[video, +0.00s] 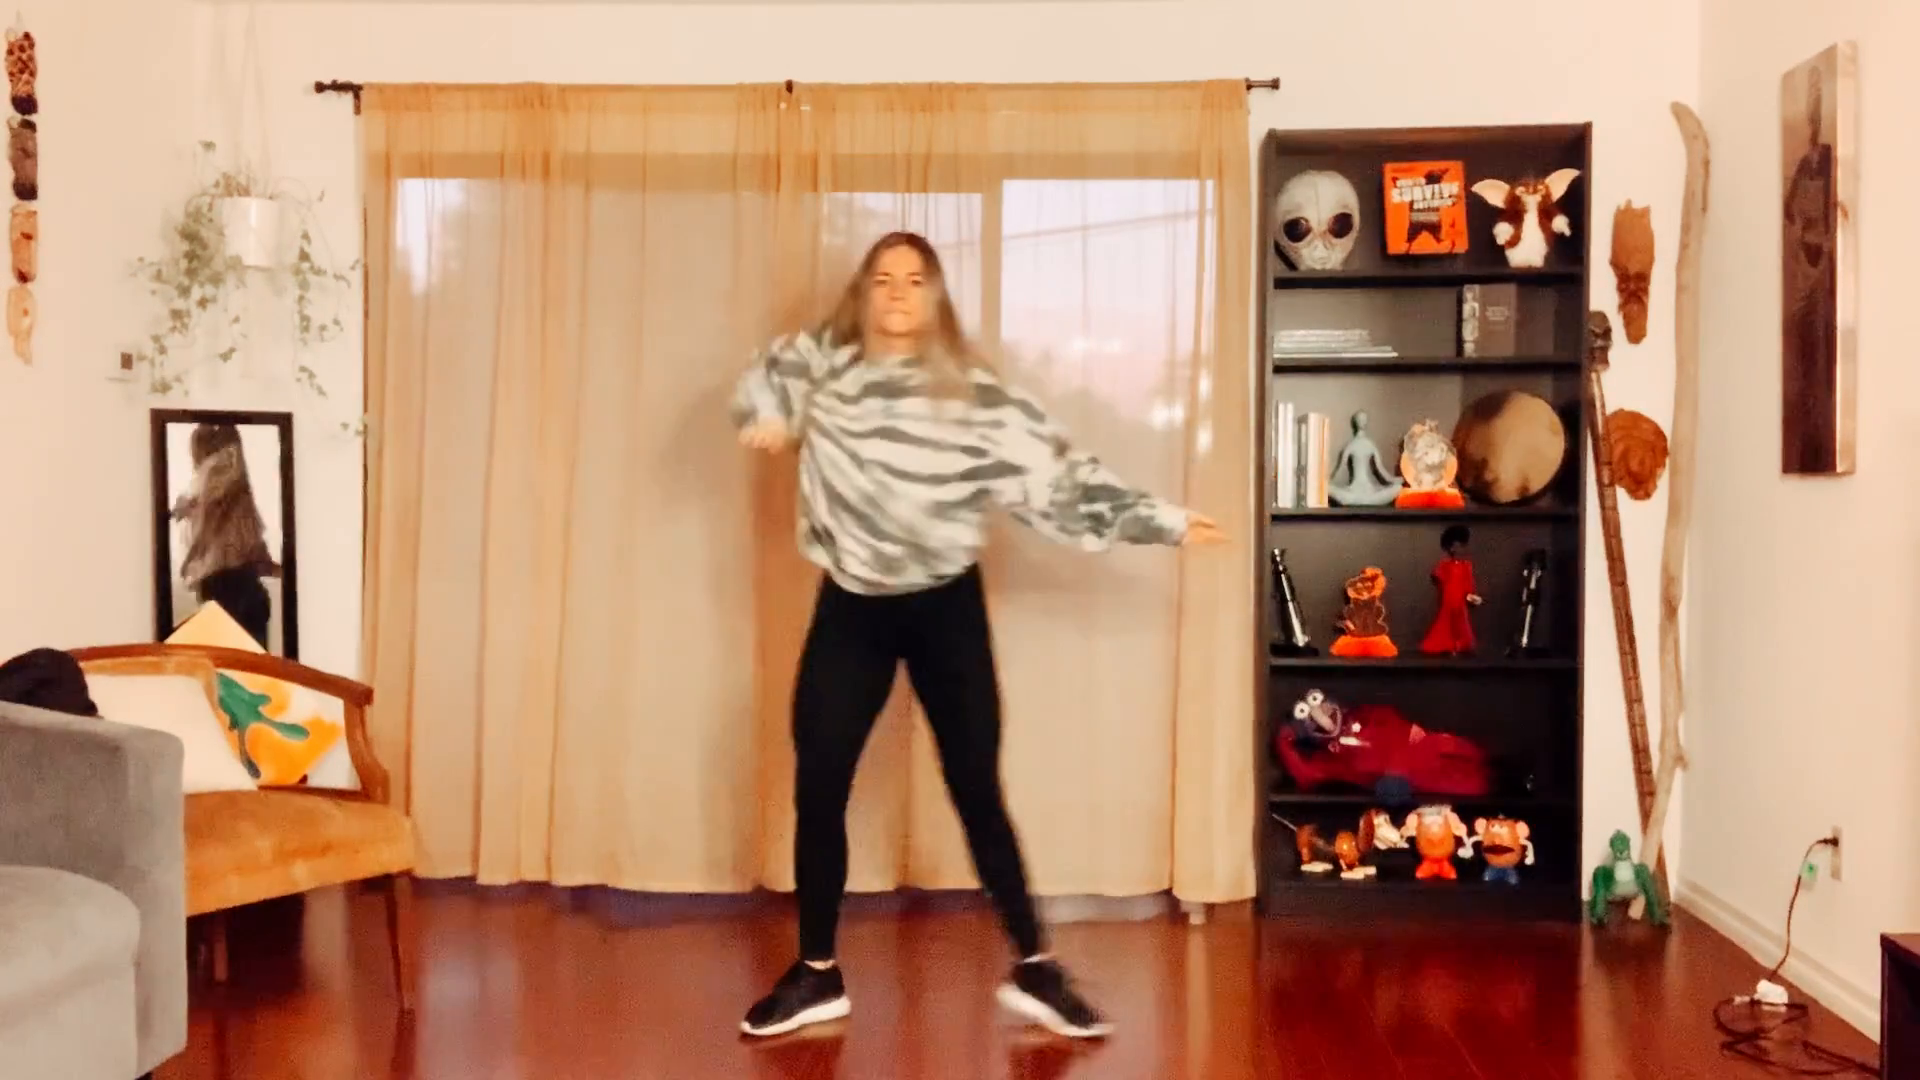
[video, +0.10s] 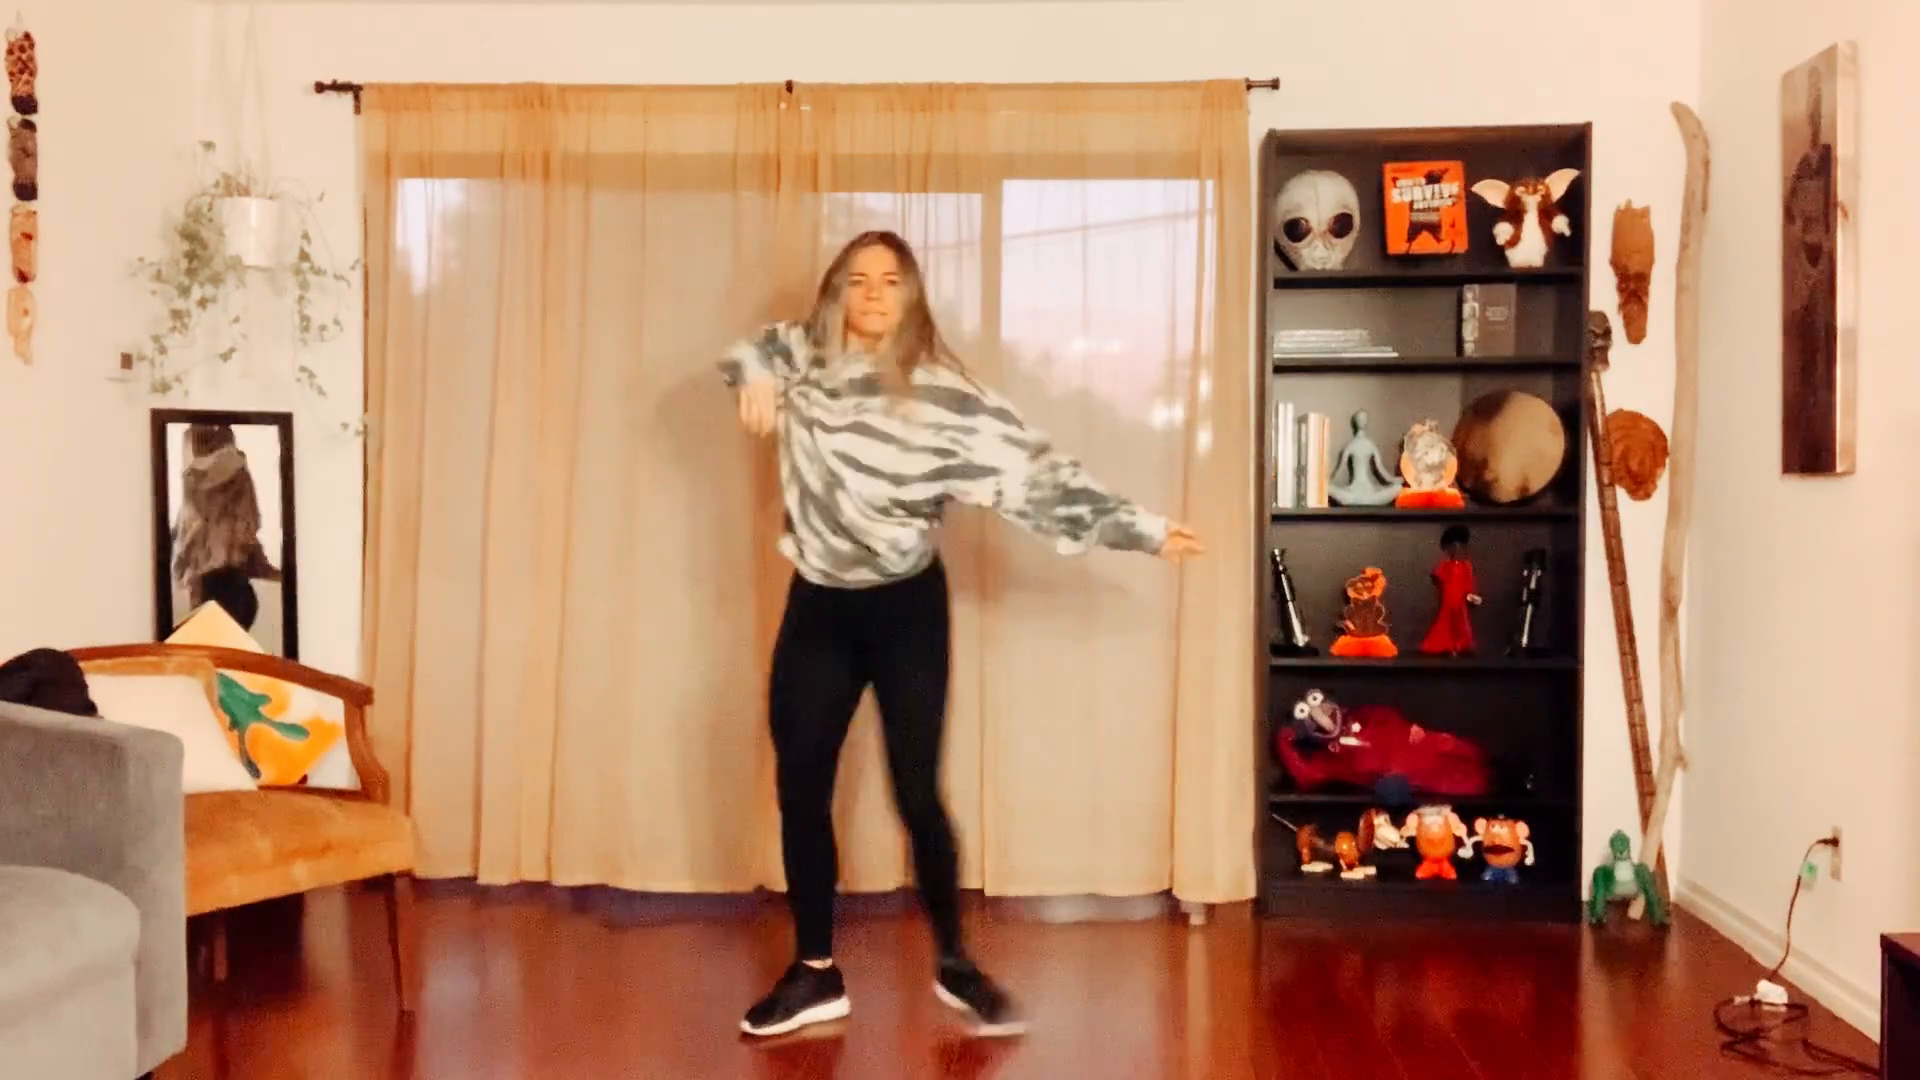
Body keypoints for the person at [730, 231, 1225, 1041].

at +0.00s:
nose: (897, 293)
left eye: (913, 281)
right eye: (883, 281)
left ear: (937, 297)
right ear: (860, 294)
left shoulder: (975, 396)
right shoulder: (821, 360)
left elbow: (1058, 481)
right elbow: (766, 373)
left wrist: (1160, 520)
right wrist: (765, 412)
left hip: (944, 605)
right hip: (848, 604)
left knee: (976, 786)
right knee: (817, 783)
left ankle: (1034, 965)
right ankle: (816, 972)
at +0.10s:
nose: (872, 294)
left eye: (888, 283)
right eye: (859, 281)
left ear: (912, 297)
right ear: (834, 293)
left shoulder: (940, 399)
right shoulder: (803, 353)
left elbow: (1032, 472)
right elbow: (748, 353)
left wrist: (1139, 529)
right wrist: (752, 375)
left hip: (907, 604)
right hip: (818, 603)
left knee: (917, 793)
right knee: (800, 786)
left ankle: (954, 964)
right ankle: (814, 971)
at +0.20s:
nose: (849, 297)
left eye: (865, 285)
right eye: (837, 285)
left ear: (894, 297)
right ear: (818, 298)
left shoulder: (928, 395)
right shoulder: (798, 373)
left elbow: (1028, 472)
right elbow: (735, 404)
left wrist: (1137, 521)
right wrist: (719, 371)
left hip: (876, 605)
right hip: (797, 600)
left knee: (809, 779)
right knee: (778, 781)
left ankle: (864, 946)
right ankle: (807, 964)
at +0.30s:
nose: (835, 306)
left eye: (853, 292)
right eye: (824, 294)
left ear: (885, 303)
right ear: (810, 308)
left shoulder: (930, 400)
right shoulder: (798, 400)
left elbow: (1035, 464)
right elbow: (721, 462)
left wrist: (1145, 495)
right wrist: (648, 419)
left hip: (853, 615)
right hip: (784, 610)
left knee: (742, 772)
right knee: (771, 789)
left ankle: (745, 978)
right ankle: (812, 973)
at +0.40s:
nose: (816, 319)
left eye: (831, 305)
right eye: (810, 307)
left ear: (873, 313)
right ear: (808, 320)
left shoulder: (923, 397)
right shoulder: (795, 408)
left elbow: (1031, 442)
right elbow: (704, 477)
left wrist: (1146, 474)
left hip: (833, 618)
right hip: (772, 612)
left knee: (709, 776)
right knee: (764, 796)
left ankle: (700, 984)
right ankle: (812, 973)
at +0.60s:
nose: (778, 309)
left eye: (794, 295)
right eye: (780, 295)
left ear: (842, 304)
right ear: (797, 309)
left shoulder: (913, 401)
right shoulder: (771, 408)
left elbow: (1022, 452)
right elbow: (675, 468)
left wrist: (1135, 476)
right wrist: (564, 501)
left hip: (838, 611)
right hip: (771, 611)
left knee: (671, 681)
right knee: (769, 804)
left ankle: (663, 883)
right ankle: (812, 974)